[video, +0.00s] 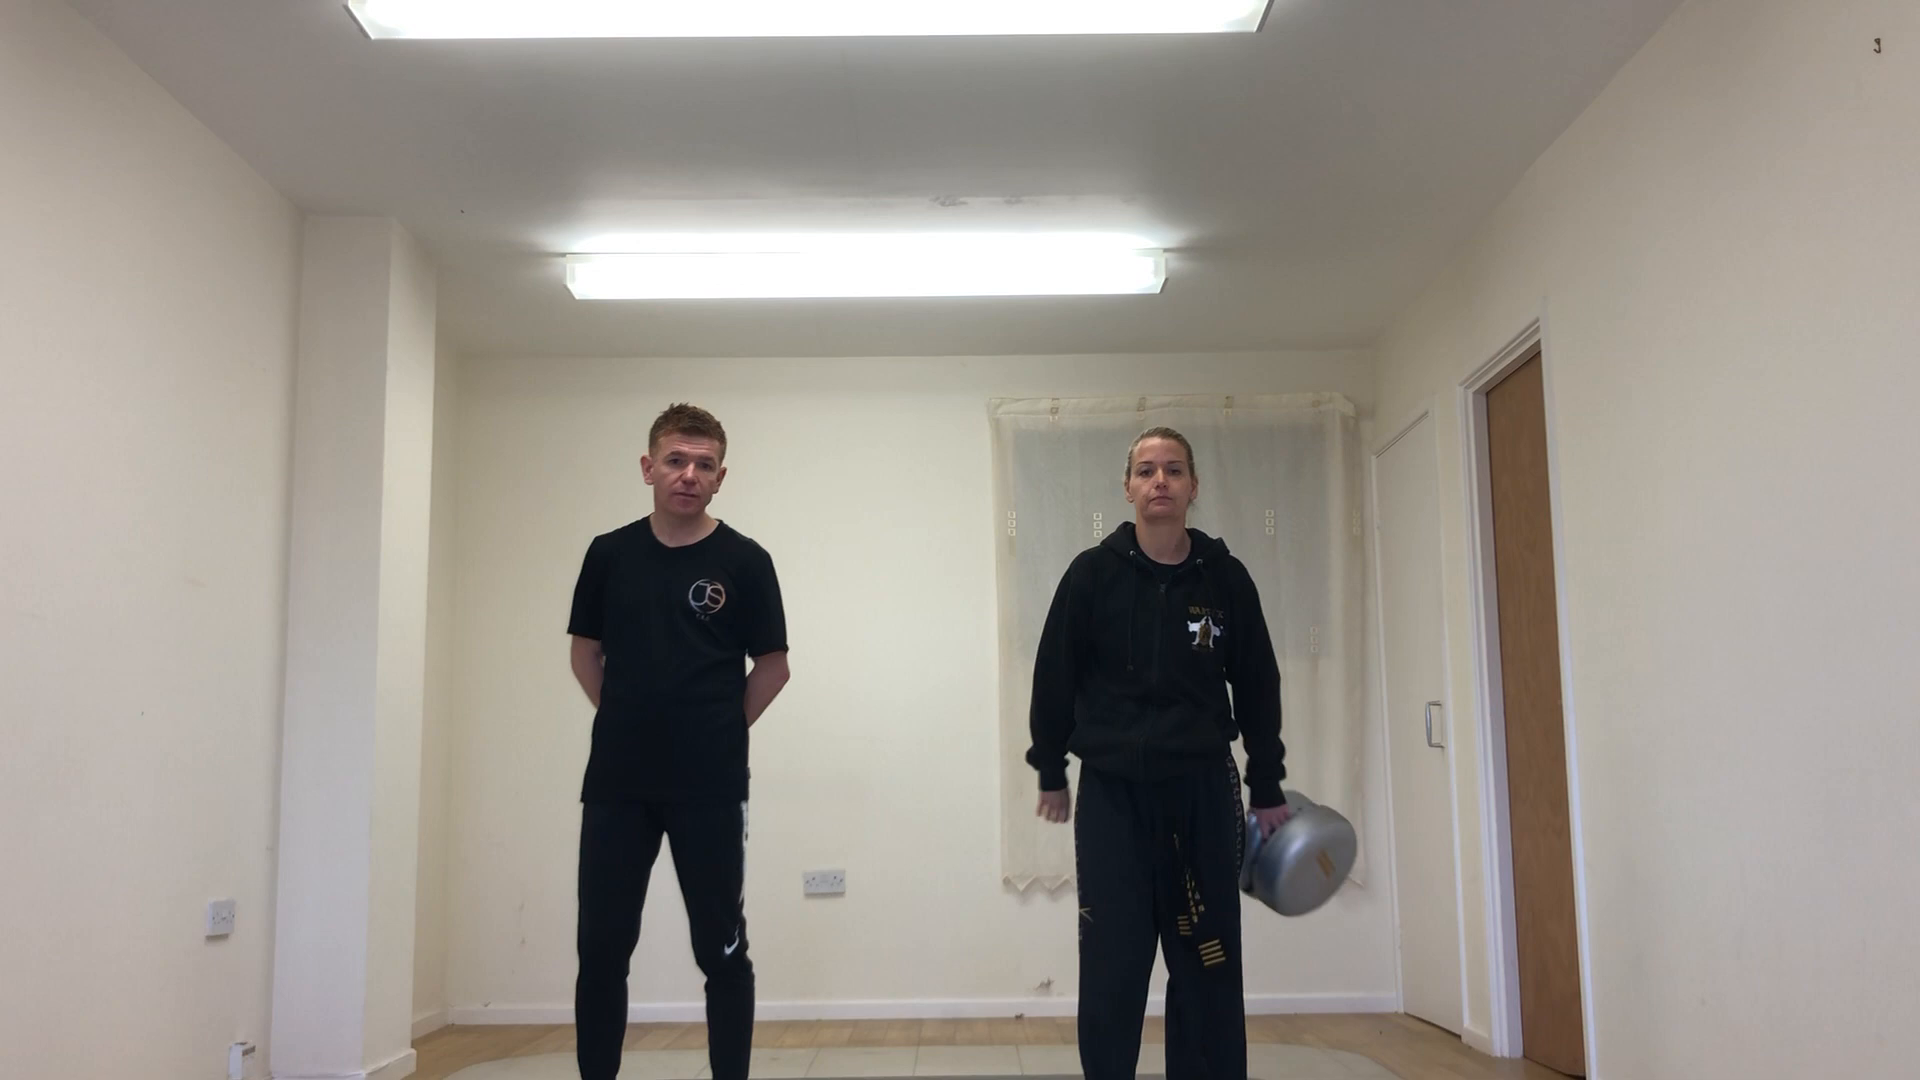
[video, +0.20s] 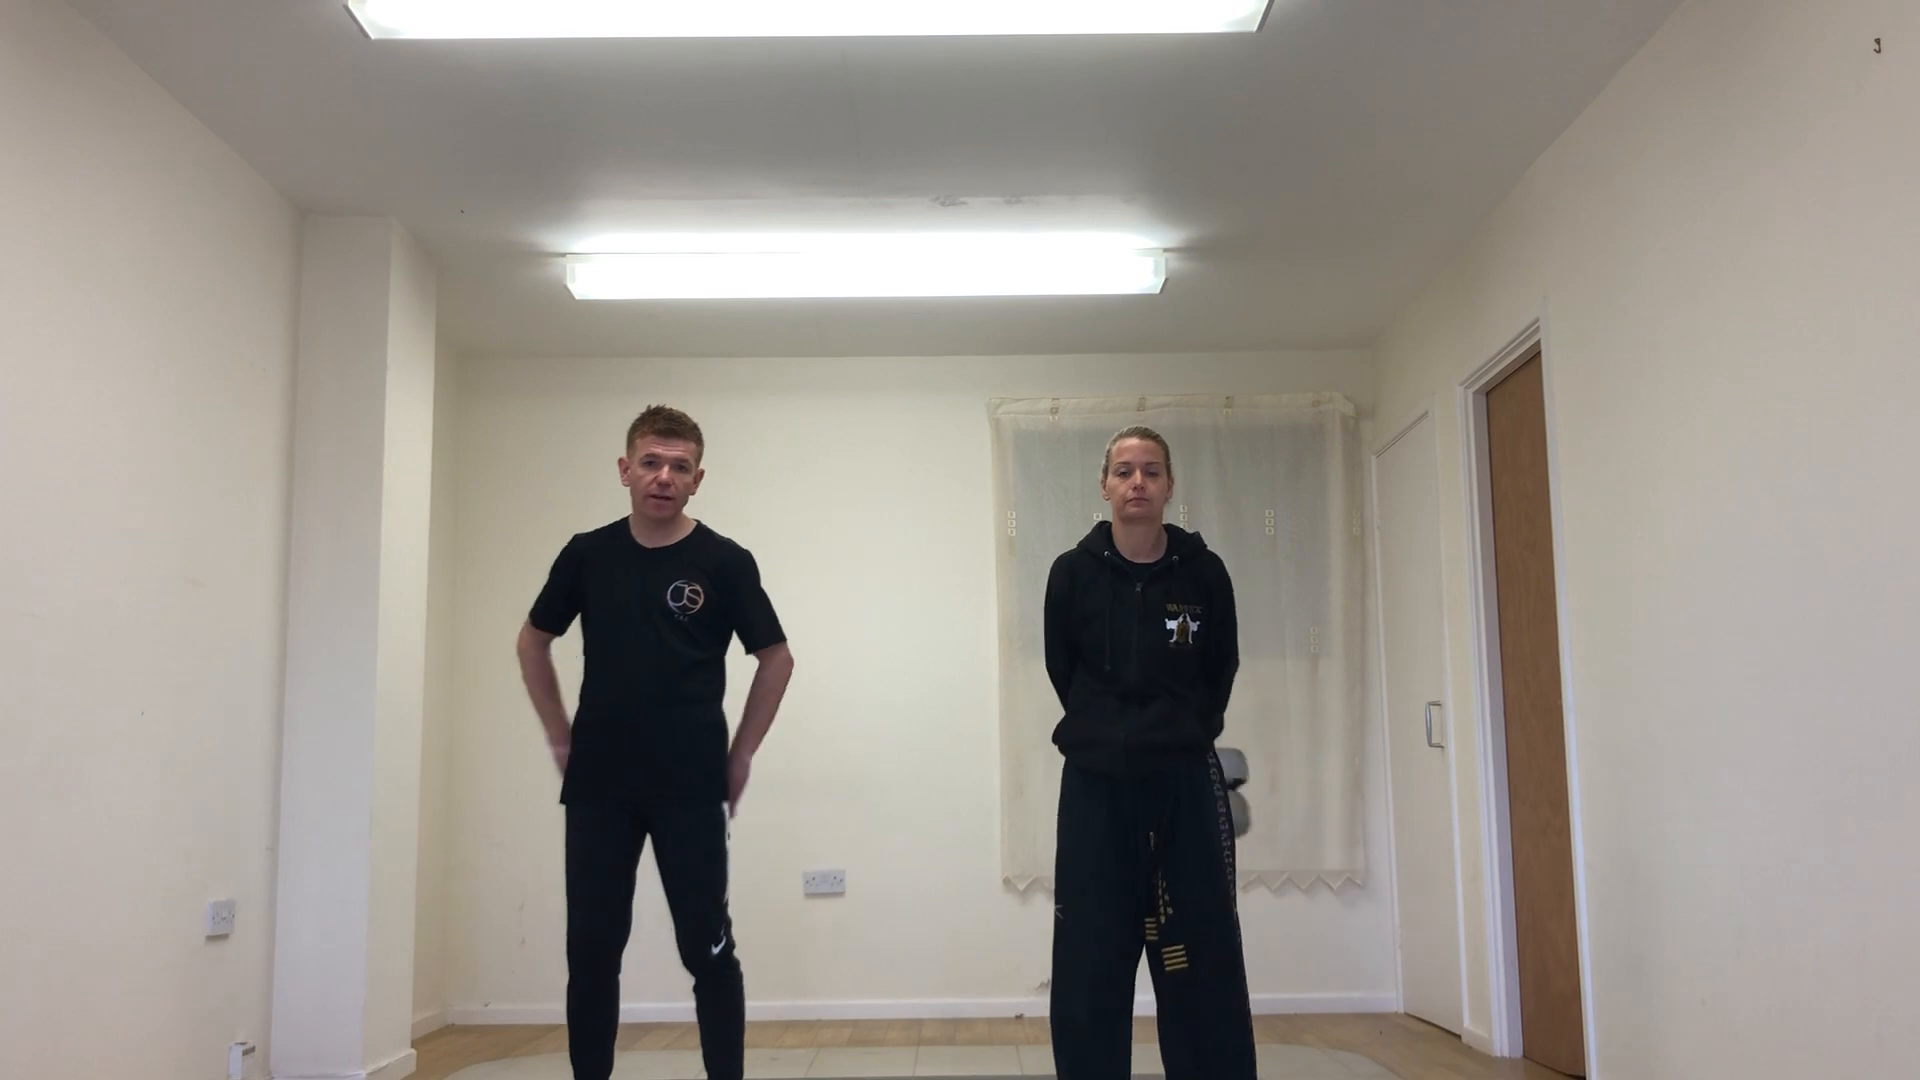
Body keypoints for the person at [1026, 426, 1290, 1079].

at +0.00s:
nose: (1159, 480)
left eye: (1172, 470)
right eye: (1145, 470)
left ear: (1192, 488)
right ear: (1128, 489)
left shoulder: (1224, 574)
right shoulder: (1092, 572)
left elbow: (1256, 678)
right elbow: (1054, 670)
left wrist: (1267, 783)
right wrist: (1050, 769)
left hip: (1203, 788)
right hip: (1112, 789)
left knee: (1208, 960)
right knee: (1113, 960)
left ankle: (1207, 1078)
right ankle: (1107, 1074)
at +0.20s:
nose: (1137, 481)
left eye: (1150, 471)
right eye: (1123, 471)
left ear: (1170, 486)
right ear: (1105, 486)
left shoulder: (1203, 568)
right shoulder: (1073, 570)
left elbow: (1222, 663)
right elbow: (1062, 665)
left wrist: (1189, 730)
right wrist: (1107, 727)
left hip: (1184, 772)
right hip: (1097, 776)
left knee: (1201, 947)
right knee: (1093, 949)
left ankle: (1211, 1074)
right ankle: (1090, 1073)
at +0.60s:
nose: (1136, 491)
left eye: (1148, 478)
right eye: (1122, 480)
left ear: (1168, 487)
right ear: (1105, 491)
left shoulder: (1202, 571)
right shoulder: (1075, 571)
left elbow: (1206, 670)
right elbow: (1057, 672)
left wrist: (1170, 738)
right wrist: (1066, 762)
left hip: (1189, 776)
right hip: (1099, 779)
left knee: (1210, 952)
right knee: (1098, 955)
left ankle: (1222, 1074)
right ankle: (1093, 1076)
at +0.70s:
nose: (1135, 492)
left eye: (1147, 479)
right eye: (1121, 480)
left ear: (1167, 485)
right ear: (1101, 489)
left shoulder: (1196, 572)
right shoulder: (1072, 570)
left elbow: (1215, 685)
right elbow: (1023, 667)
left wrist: (1228, 786)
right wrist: (973, 757)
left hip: (1188, 787)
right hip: (1100, 791)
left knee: (1211, 965)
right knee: (1106, 969)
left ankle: (1224, 1077)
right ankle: (1110, 1079)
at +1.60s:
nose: (1123, 586)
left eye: (1136, 571)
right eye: (1107, 572)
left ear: (1156, 574)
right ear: (1086, 575)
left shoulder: (1193, 636)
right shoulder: (1056, 640)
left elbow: (1216, 725)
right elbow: (1033, 727)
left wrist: (1225, 801)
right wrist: (1042, 802)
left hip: (1174, 815)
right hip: (1084, 819)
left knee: (1176, 952)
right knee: (1088, 953)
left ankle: (1170, 1071)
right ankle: (1101, 1071)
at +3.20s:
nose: (1117, 482)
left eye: (1128, 471)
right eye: (1103, 474)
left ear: (1149, 488)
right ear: (1085, 494)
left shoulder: (1187, 571)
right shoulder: (1057, 578)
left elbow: (1218, 670)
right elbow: (1027, 686)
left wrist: (1221, 709)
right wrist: (1066, 702)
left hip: (1188, 787)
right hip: (1097, 790)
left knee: (1223, 949)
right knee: (1098, 962)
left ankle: (1246, 1076)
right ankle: (1104, 1079)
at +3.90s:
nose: (1170, 485)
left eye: (1181, 473)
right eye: (1155, 476)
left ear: (1202, 486)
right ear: (1138, 492)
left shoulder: (1245, 573)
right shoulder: (1111, 576)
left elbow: (1291, 677)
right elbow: (1073, 668)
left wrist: (1271, 719)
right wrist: (1162, 662)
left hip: (1235, 789)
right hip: (1142, 790)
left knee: (1250, 966)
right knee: (1130, 971)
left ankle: (1257, 1077)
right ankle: (1126, 1079)